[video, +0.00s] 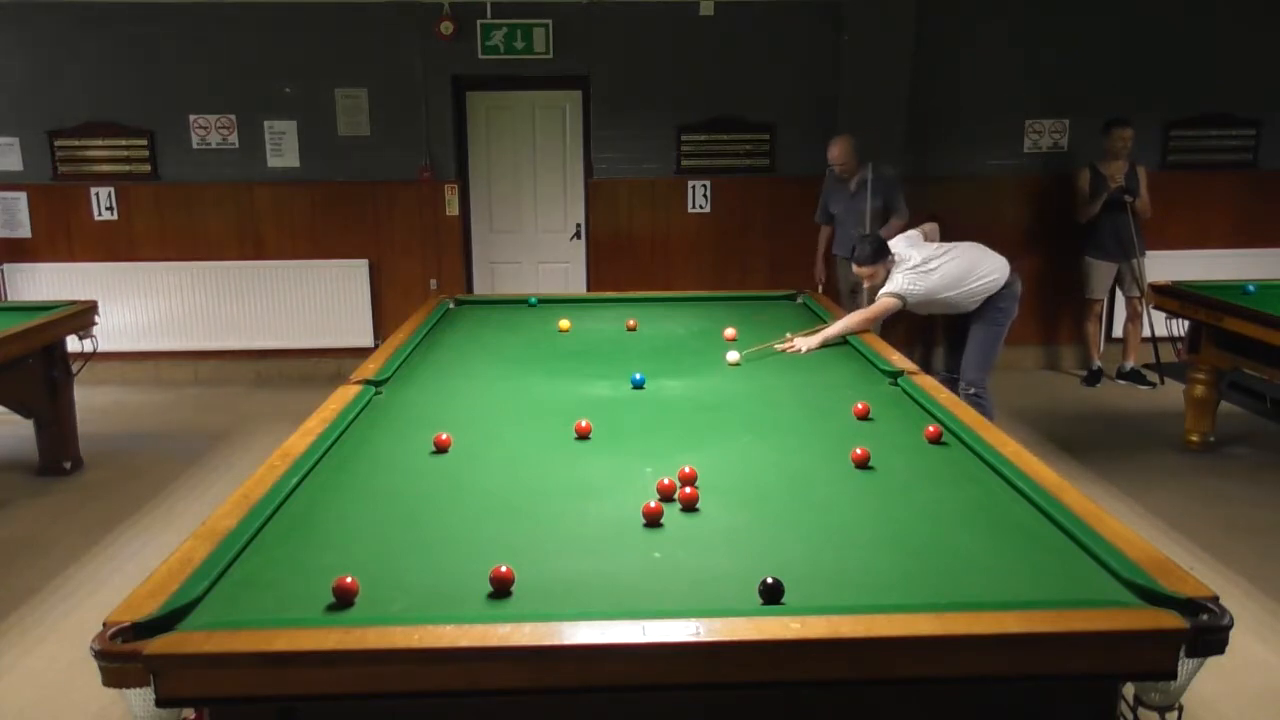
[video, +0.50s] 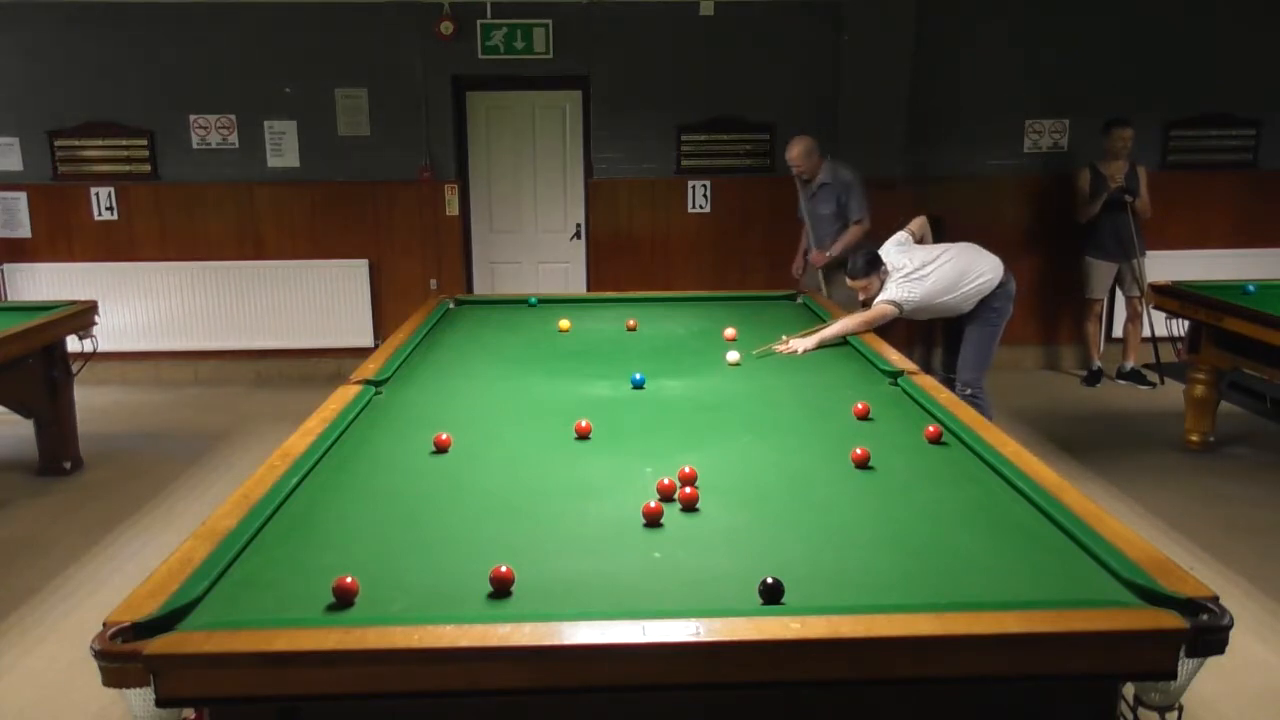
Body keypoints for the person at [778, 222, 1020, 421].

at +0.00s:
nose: (865, 283)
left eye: (869, 276)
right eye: (860, 277)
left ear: (885, 265)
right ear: (856, 266)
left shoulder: (903, 284)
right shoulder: (896, 244)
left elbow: (868, 317)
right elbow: (930, 227)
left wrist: (816, 338)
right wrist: (931, 262)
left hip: (998, 286)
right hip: (969, 280)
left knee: (972, 383)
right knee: (952, 372)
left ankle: (983, 451)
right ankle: (954, 441)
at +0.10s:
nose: (864, 289)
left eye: (868, 282)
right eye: (858, 283)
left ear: (884, 270)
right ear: (852, 272)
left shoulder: (900, 288)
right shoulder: (895, 247)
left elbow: (867, 320)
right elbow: (926, 226)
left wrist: (813, 340)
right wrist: (929, 261)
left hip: (997, 285)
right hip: (972, 275)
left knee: (971, 383)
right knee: (952, 372)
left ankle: (983, 451)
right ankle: (954, 441)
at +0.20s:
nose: (861, 294)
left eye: (866, 286)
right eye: (856, 287)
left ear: (883, 273)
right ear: (850, 273)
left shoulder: (899, 290)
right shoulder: (893, 248)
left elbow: (866, 320)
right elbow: (924, 224)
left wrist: (812, 340)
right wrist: (928, 261)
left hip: (995, 285)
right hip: (969, 275)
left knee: (970, 382)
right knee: (951, 372)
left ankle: (982, 450)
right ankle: (955, 440)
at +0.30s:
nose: (862, 295)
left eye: (866, 288)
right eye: (856, 289)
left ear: (882, 274)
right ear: (849, 277)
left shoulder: (898, 291)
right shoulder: (892, 247)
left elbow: (865, 320)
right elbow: (922, 222)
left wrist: (812, 340)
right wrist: (926, 260)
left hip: (995, 285)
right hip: (972, 269)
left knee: (969, 383)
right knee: (952, 373)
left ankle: (982, 450)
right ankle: (959, 443)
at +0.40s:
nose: (862, 296)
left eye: (866, 288)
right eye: (856, 290)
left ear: (882, 274)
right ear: (849, 278)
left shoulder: (898, 292)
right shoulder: (890, 248)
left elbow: (864, 320)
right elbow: (921, 221)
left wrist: (812, 340)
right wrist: (926, 257)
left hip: (994, 284)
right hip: (971, 269)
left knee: (969, 382)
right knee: (952, 372)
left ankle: (982, 450)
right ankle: (960, 442)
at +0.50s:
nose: (861, 297)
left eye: (866, 289)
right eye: (856, 290)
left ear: (882, 275)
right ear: (849, 280)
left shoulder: (897, 293)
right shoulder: (890, 248)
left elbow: (865, 320)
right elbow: (921, 221)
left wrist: (812, 339)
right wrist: (928, 257)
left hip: (993, 285)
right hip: (972, 268)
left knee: (968, 383)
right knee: (955, 374)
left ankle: (982, 450)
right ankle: (962, 444)